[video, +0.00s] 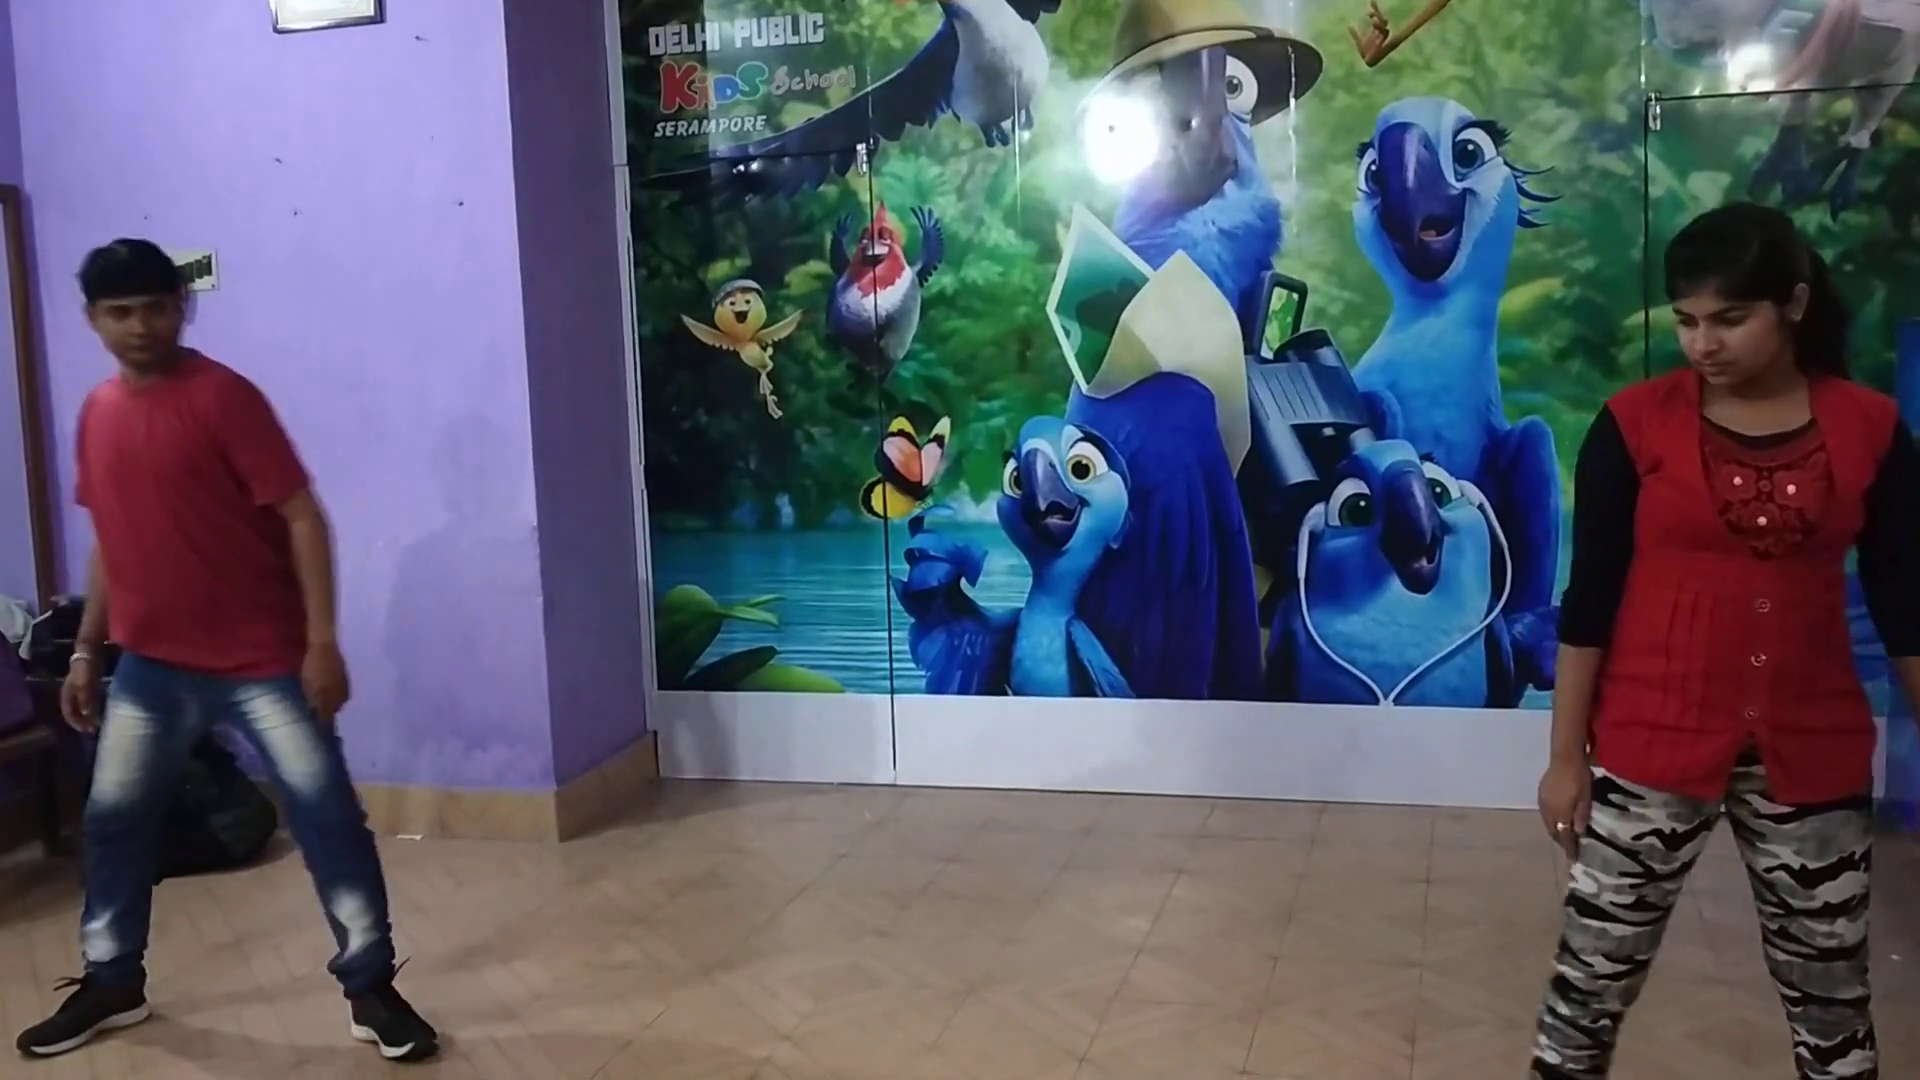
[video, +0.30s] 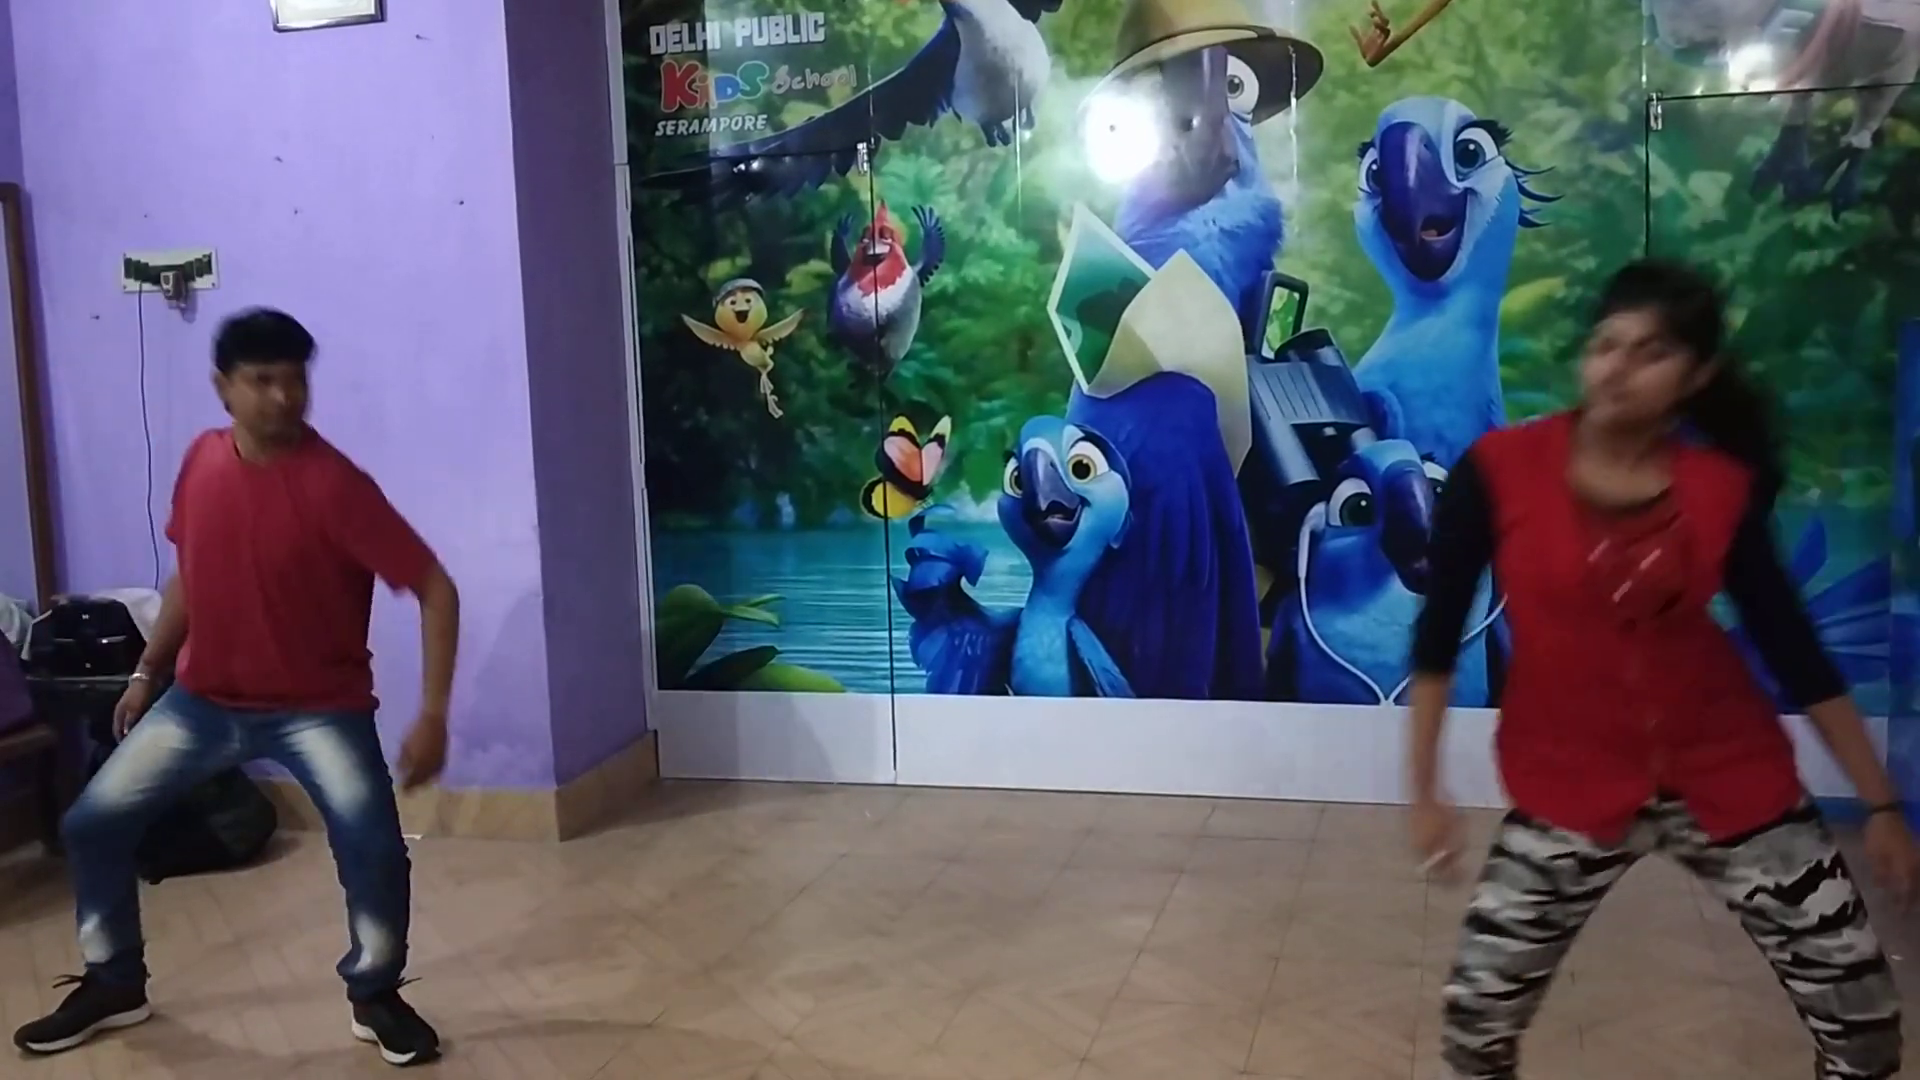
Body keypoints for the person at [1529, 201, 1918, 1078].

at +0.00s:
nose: (1705, 342)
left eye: (1728, 319)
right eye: (1688, 321)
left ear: (1793, 307)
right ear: (1671, 316)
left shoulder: (1867, 430)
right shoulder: (1633, 425)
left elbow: (1903, 607)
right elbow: (1590, 598)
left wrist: (1914, 740)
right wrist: (1565, 754)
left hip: (1810, 747)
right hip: (1651, 743)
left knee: (1832, 998)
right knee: (1589, 987)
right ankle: (1560, 1071)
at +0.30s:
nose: (1612, 369)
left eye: (1646, 353)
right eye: (1604, 343)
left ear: (1694, 377)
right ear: (1584, 349)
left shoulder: (1720, 488)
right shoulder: (1498, 470)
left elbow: (1791, 645)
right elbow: (1439, 626)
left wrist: (1882, 804)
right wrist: (1424, 789)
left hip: (1722, 773)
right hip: (1568, 785)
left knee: (1860, 1011)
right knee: (1475, 1024)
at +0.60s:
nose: (1451, 512)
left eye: (1478, 490)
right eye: (1439, 491)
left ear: (1541, 499)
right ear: (1428, 501)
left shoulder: (1654, 574)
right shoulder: (1442, 655)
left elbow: (1773, 695)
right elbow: (1400, 817)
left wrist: (1861, 835)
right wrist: (1332, 969)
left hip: (1727, 835)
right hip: (1570, 850)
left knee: (1883, 1020)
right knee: (1450, 1023)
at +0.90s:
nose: (1610, 421)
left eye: (1626, 393)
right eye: (1599, 405)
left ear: (1699, 379)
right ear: (1595, 414)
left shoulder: (1841, 479)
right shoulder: (1618, 540)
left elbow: (1909, 637)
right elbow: (1579, 705)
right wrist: (1526, 861)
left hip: (1840, 782)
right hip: (1678, 789)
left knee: (1917, 1013)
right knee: (1540, 995)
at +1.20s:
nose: (1701, 288)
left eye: (1721, 263)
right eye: (1697, 268)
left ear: (1801, 263)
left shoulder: (1906, 395)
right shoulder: (1680, 411)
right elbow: (1646, 575)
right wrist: (1600, 718)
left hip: (1882, 729)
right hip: (1719, 723)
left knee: (1905, 972)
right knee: (1626, 939)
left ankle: (1910, 1070)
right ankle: (1553, 1071)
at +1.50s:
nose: (1626, 306)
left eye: (1648, 284)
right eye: (1629, 286)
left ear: (1721, 293)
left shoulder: (1831, 437)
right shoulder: (1619, 432)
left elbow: (1889, 624)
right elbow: (1589, 587)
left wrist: (1911, 802)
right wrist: (1541, 713)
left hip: (1793, 753)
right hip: (1645, 743)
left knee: (1855, 992)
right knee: (1546, 933)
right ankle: (1517, 1071)